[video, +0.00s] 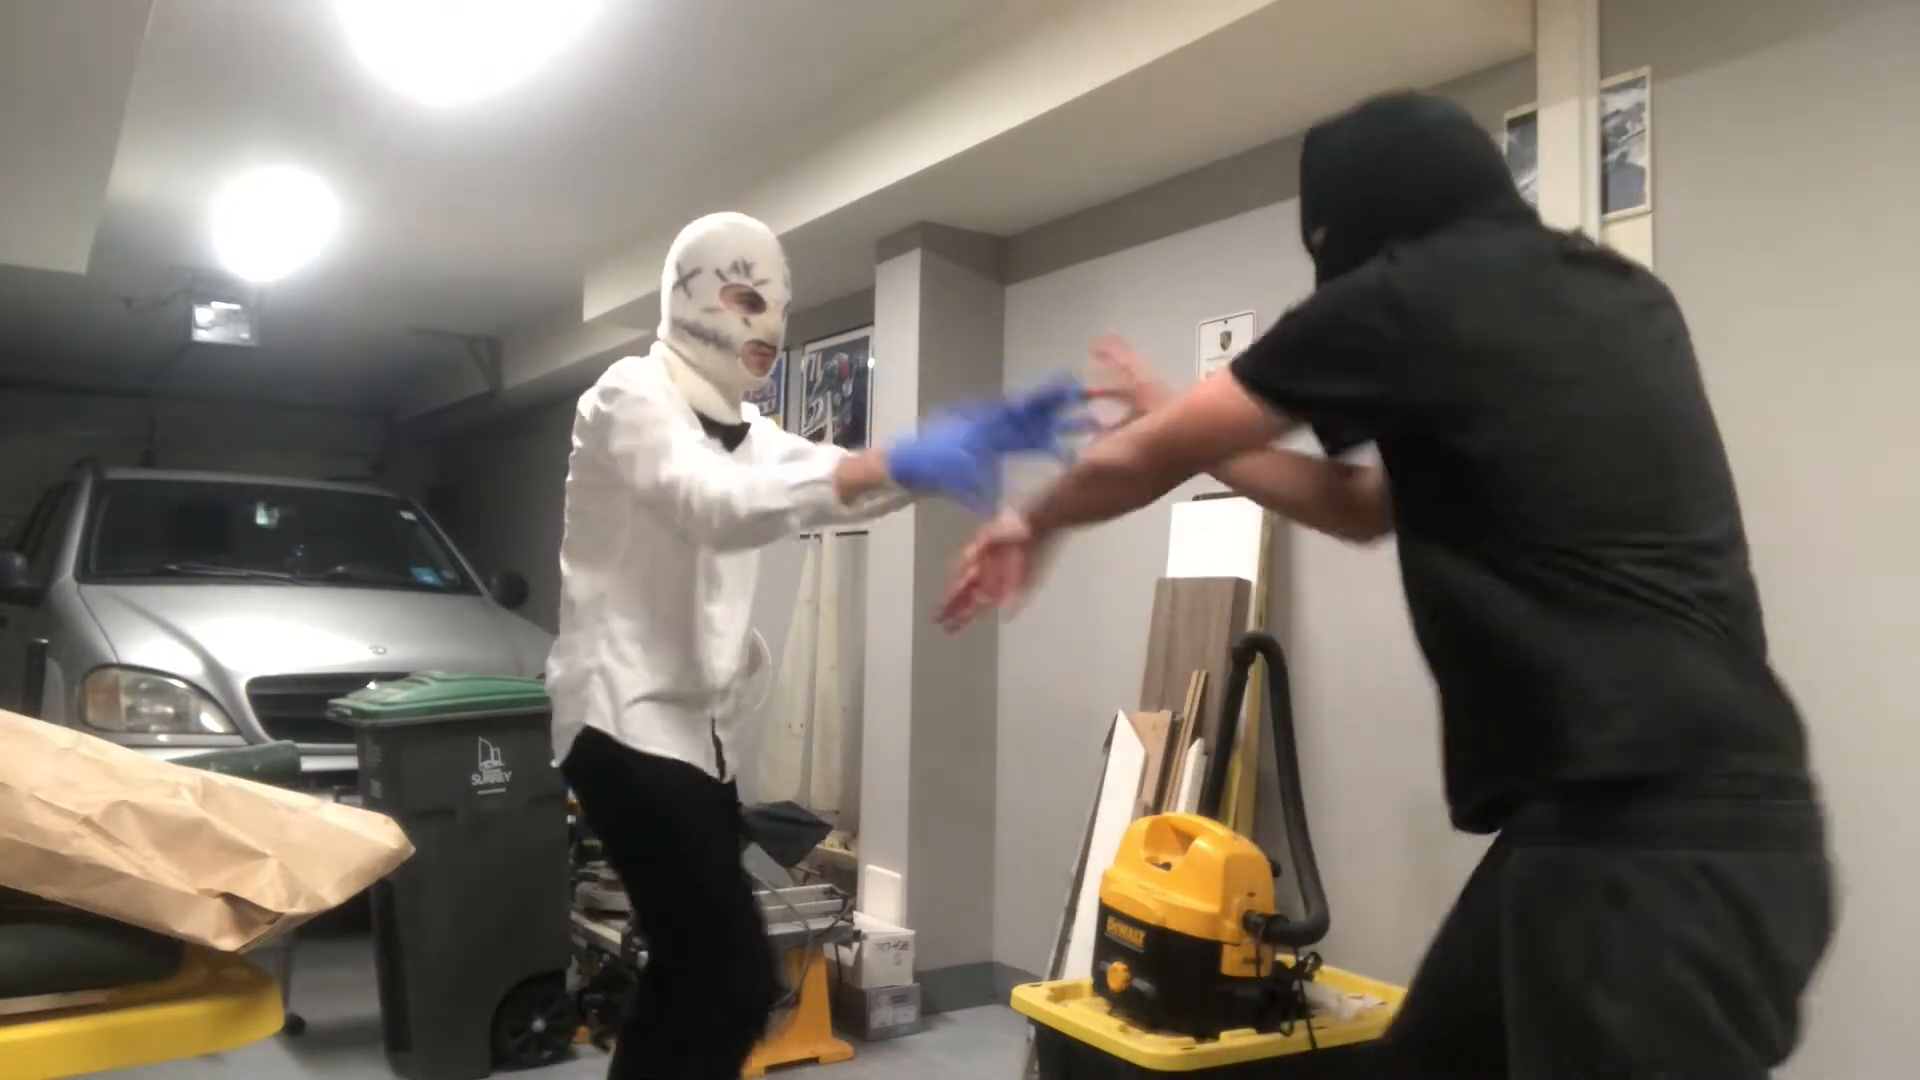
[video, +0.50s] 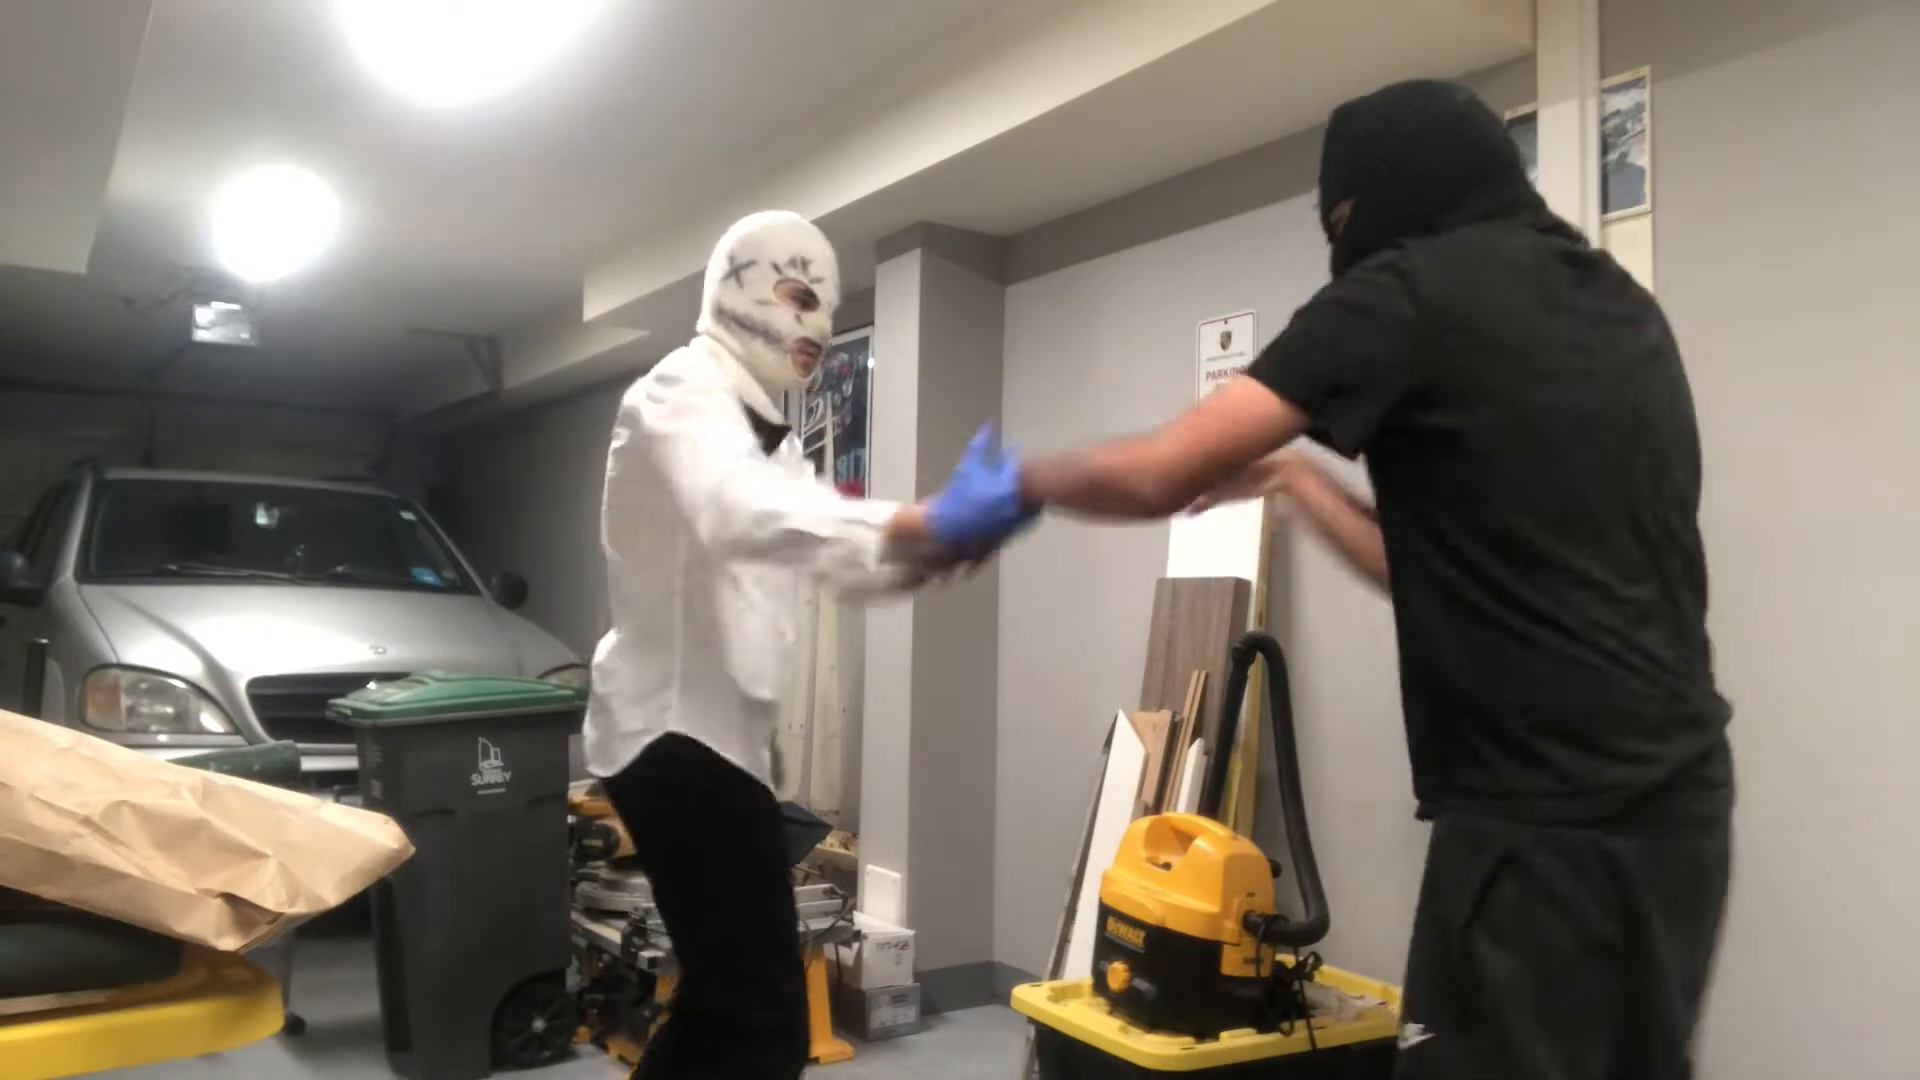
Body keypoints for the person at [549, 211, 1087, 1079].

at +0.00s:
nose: (766, 320)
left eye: (775, 302)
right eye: (743, 298)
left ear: (783, 310)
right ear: (684, 299)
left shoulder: (738, 428)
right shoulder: (630, 397)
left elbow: (834, 490)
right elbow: (714, 505)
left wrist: (976, 444)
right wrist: (882, 465)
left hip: (694, 728)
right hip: (623, 723)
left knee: (704, 971)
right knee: (722, 971)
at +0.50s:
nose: (816, 319)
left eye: (824, 303)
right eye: (796, 294)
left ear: (829, 314)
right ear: (734, 291)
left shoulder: (761, 433)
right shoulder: (682, 391)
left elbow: (833, 565)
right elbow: (731, 514)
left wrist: (937, 549)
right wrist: (899, 524)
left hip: (728, 741)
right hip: (671, 738)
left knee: (731, 1005)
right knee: (757, 1012)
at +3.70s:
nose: (839, 371)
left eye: (848, 350)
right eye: (815, 343)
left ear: (846, 350)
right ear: (752, 336)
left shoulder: (777, 475)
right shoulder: (693, 443)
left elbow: (879, 566)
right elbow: (744, 613)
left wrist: (1029, 525)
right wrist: (915, 570)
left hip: (749, 781)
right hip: (695, 780)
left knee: (734, 1032)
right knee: (874, 1044)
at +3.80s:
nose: (812, 356)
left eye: (822, 338)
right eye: (789, 328)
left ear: (819, 347)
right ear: (728, 320)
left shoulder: (774, 458)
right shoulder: (670, 426)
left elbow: (853, 584)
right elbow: (757, 571)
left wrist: (967, 558)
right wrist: (909, 472)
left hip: (755, 765)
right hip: (700, 766)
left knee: (727, 1028)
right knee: (874, 1041)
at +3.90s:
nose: (800, 354)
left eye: (807, 332)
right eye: (777, 324)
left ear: (809, 338)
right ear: (713, 318)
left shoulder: (781, 461)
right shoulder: (648, 426)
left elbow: (818, 614)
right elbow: (731, 552)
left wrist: (927, 571)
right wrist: (889, 474)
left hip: (772, 771)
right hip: (701, 770)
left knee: (736, 1023)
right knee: (860, 1043)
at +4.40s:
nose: (698, 368)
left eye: (702, 344)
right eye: (675, 343)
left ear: (711, 349)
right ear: (615, 349)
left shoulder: (693, 489)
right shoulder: (567, 464)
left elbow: (764, 589)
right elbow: (696, 622)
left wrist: (878, 540)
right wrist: (840, 620)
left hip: (689, 789)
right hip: (616, 790)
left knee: (732, 1038)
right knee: (748, 1044)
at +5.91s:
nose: (513, 368)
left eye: (519, 346)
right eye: (488, 349)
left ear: (530, 344)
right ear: (430, 357)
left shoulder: (567, 443)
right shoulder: (387, 474)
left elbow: (666, 476)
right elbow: (327, 577)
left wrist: (730, 460)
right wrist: (320, 439)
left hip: (575, 760)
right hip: (464, 771)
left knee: (556, 979)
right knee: (470, 990)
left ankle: (492, 1061)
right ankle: (451, 1074)